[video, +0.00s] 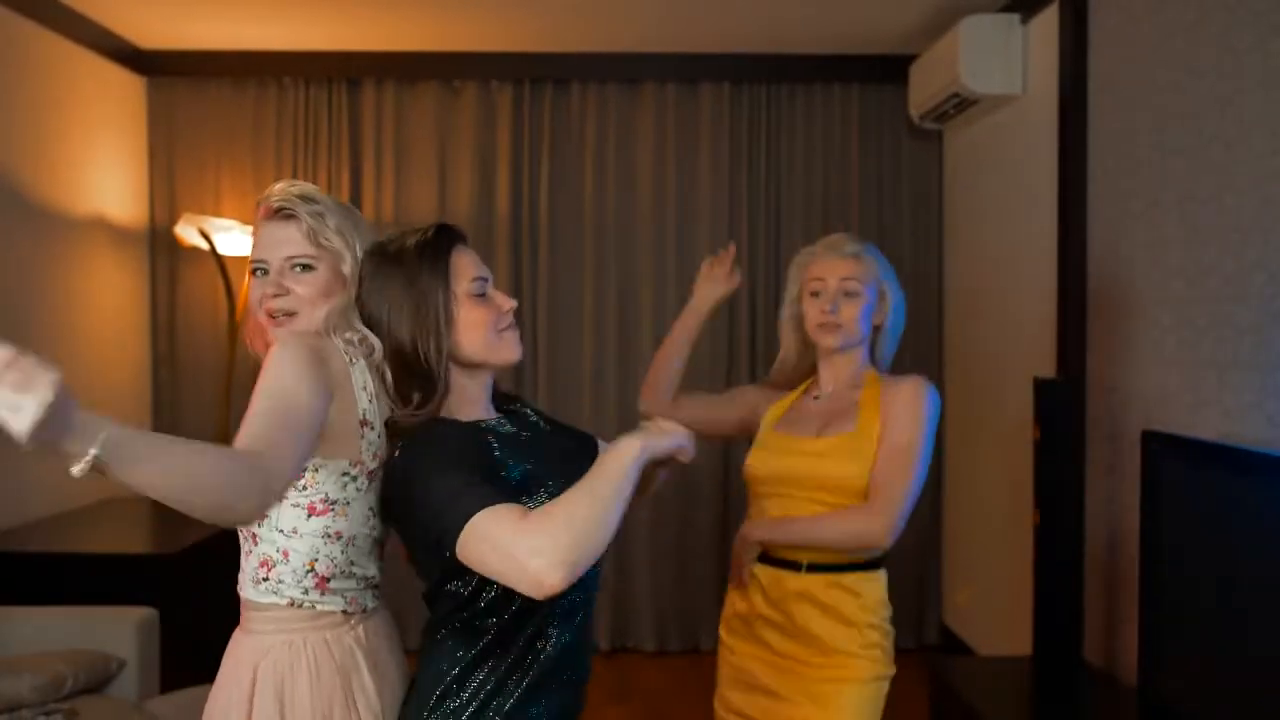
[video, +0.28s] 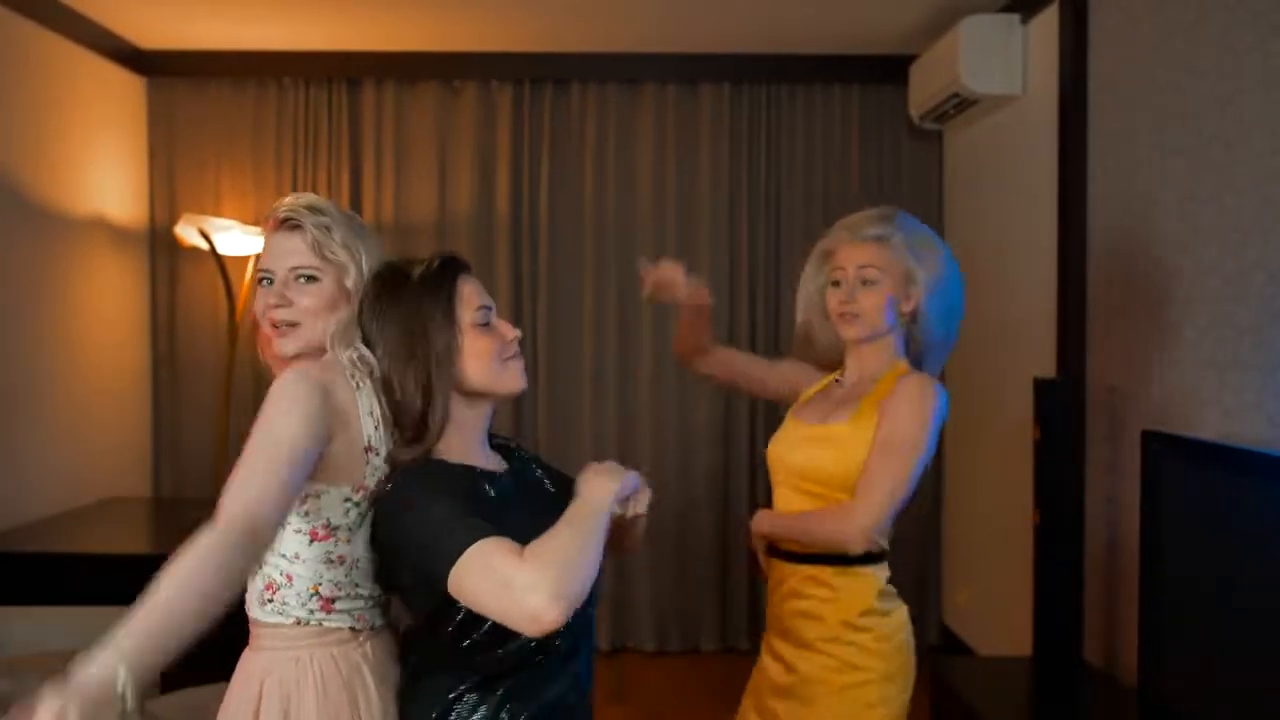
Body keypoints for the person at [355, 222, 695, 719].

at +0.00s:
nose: (508, 302)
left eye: (494, 286)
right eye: (479, 291)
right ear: (424, 322)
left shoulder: (518, 420)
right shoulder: (421, 463)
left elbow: (614, 474)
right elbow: (540, 563)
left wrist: (650, 456)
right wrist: (630, 449)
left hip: (552, 695)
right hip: (472, 703)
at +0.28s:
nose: (513, 331)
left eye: (498, 316)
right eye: (484, 320)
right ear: (429, 350)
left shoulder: (515, 464)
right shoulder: (412, 499)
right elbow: (536, 601)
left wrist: (626, 520)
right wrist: (595, 497)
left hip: (560, 702)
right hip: (471, 707)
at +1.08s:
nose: (518, 318)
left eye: (505, 305)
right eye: (489, 310)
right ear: (436, 340)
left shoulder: (514, 459)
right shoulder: (436, 470)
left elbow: (582, 525)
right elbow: (595, 538)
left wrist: (654, 472)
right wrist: (661, 455)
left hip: (555, 702)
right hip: (492, 706)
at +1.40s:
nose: (528, 332)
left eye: (513, 319)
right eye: (497, 326)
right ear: (446, 361)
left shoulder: (537, 466)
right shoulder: (465, 489)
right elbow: (610, 590)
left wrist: (651, 487)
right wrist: (627, 481)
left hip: (554, 704)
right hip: (490, 707)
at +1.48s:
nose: (529, 329)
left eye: (514, 316)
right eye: (499, 322)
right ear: (448, 356)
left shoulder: (538, 462)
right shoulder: (461, 486)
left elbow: (658, 508)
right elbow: (606, 583)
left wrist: (637, 463)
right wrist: (631, 467)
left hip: (564, 702)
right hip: (486, 707)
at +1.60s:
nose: (528, 313)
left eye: (514, 300)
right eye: (497, 307)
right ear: (446, 342)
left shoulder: (542, 446)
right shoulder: (454, 468)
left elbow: (643, 495)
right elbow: (594, 553)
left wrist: (632, 440)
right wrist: (670, 452)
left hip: (566, 703)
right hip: (486, 707)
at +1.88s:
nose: (524, 303)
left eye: (510, 288)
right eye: (494, 296)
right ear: (440, 329)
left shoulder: (528, 426)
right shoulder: (442, 468)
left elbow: (642, 457)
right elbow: (581, 560)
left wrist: (680, 444)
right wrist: (574, 437)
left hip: (571, 698)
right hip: (491, 705)